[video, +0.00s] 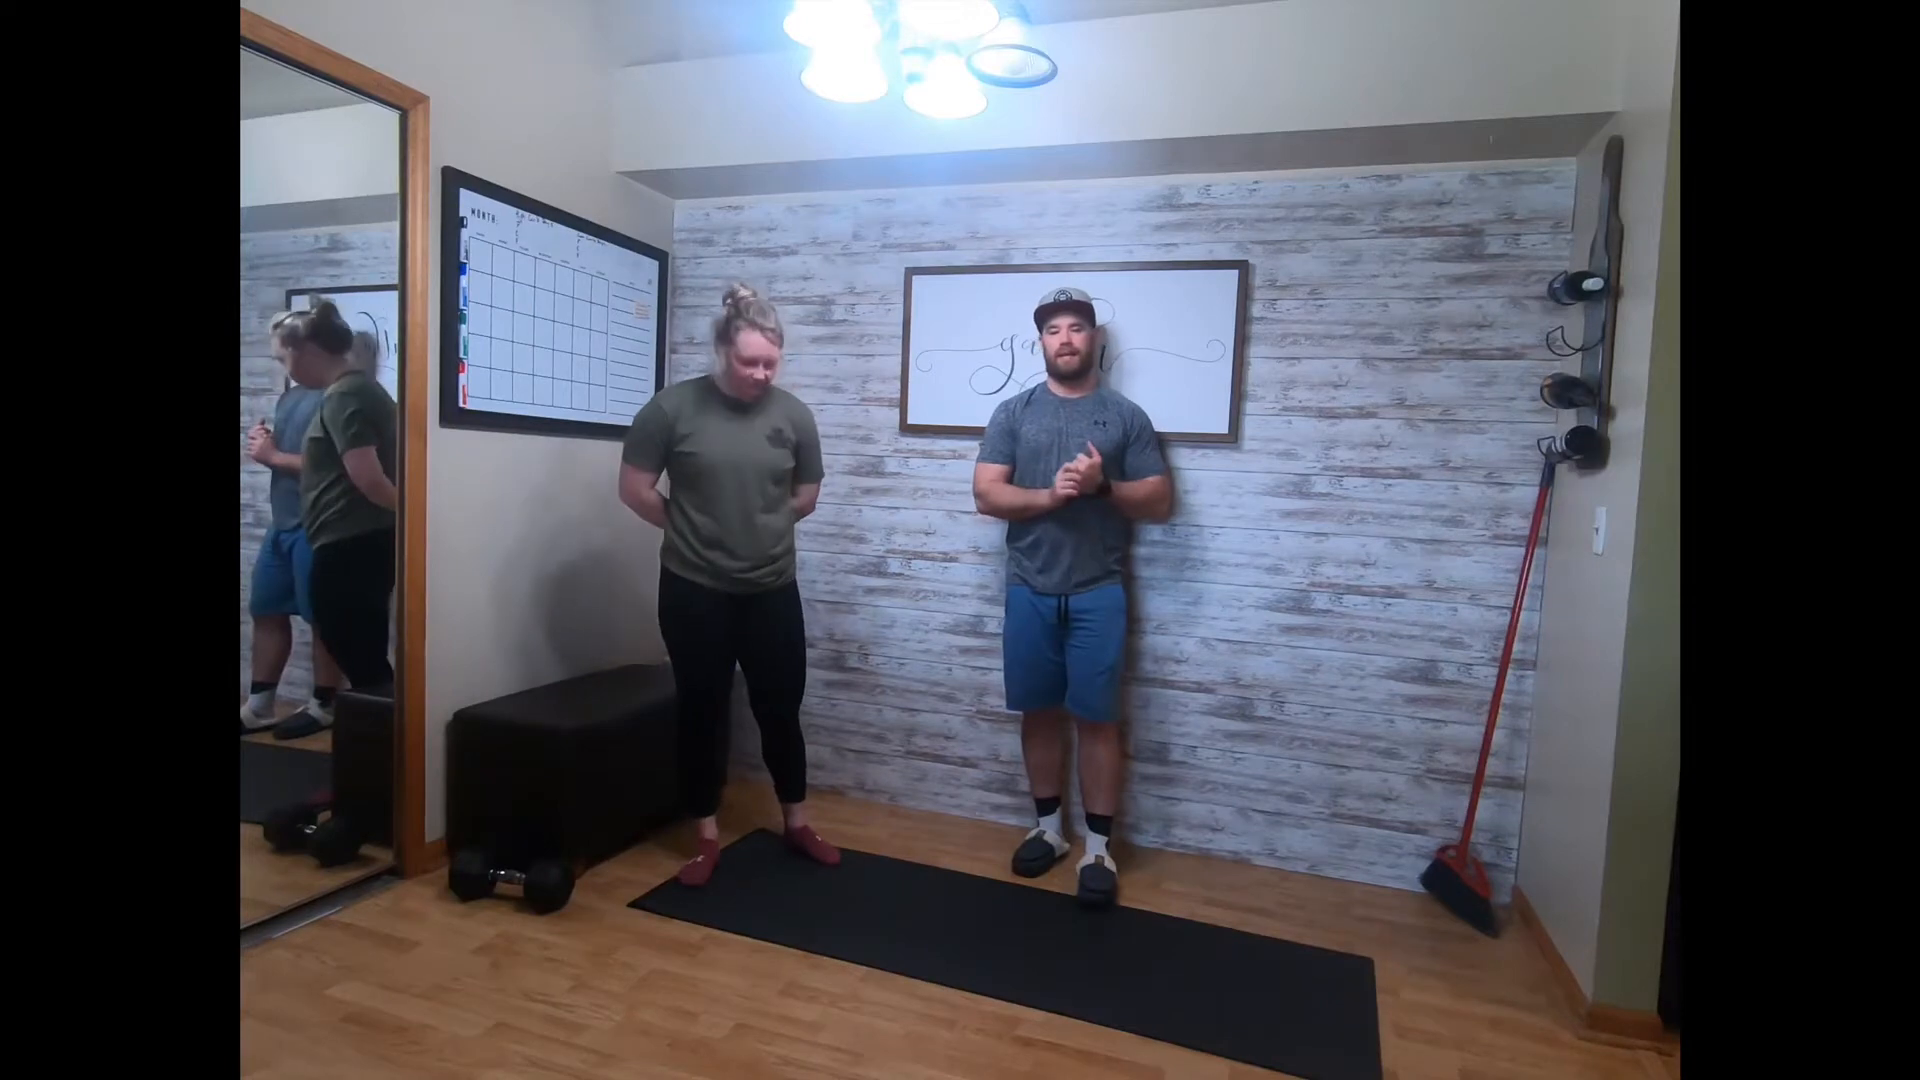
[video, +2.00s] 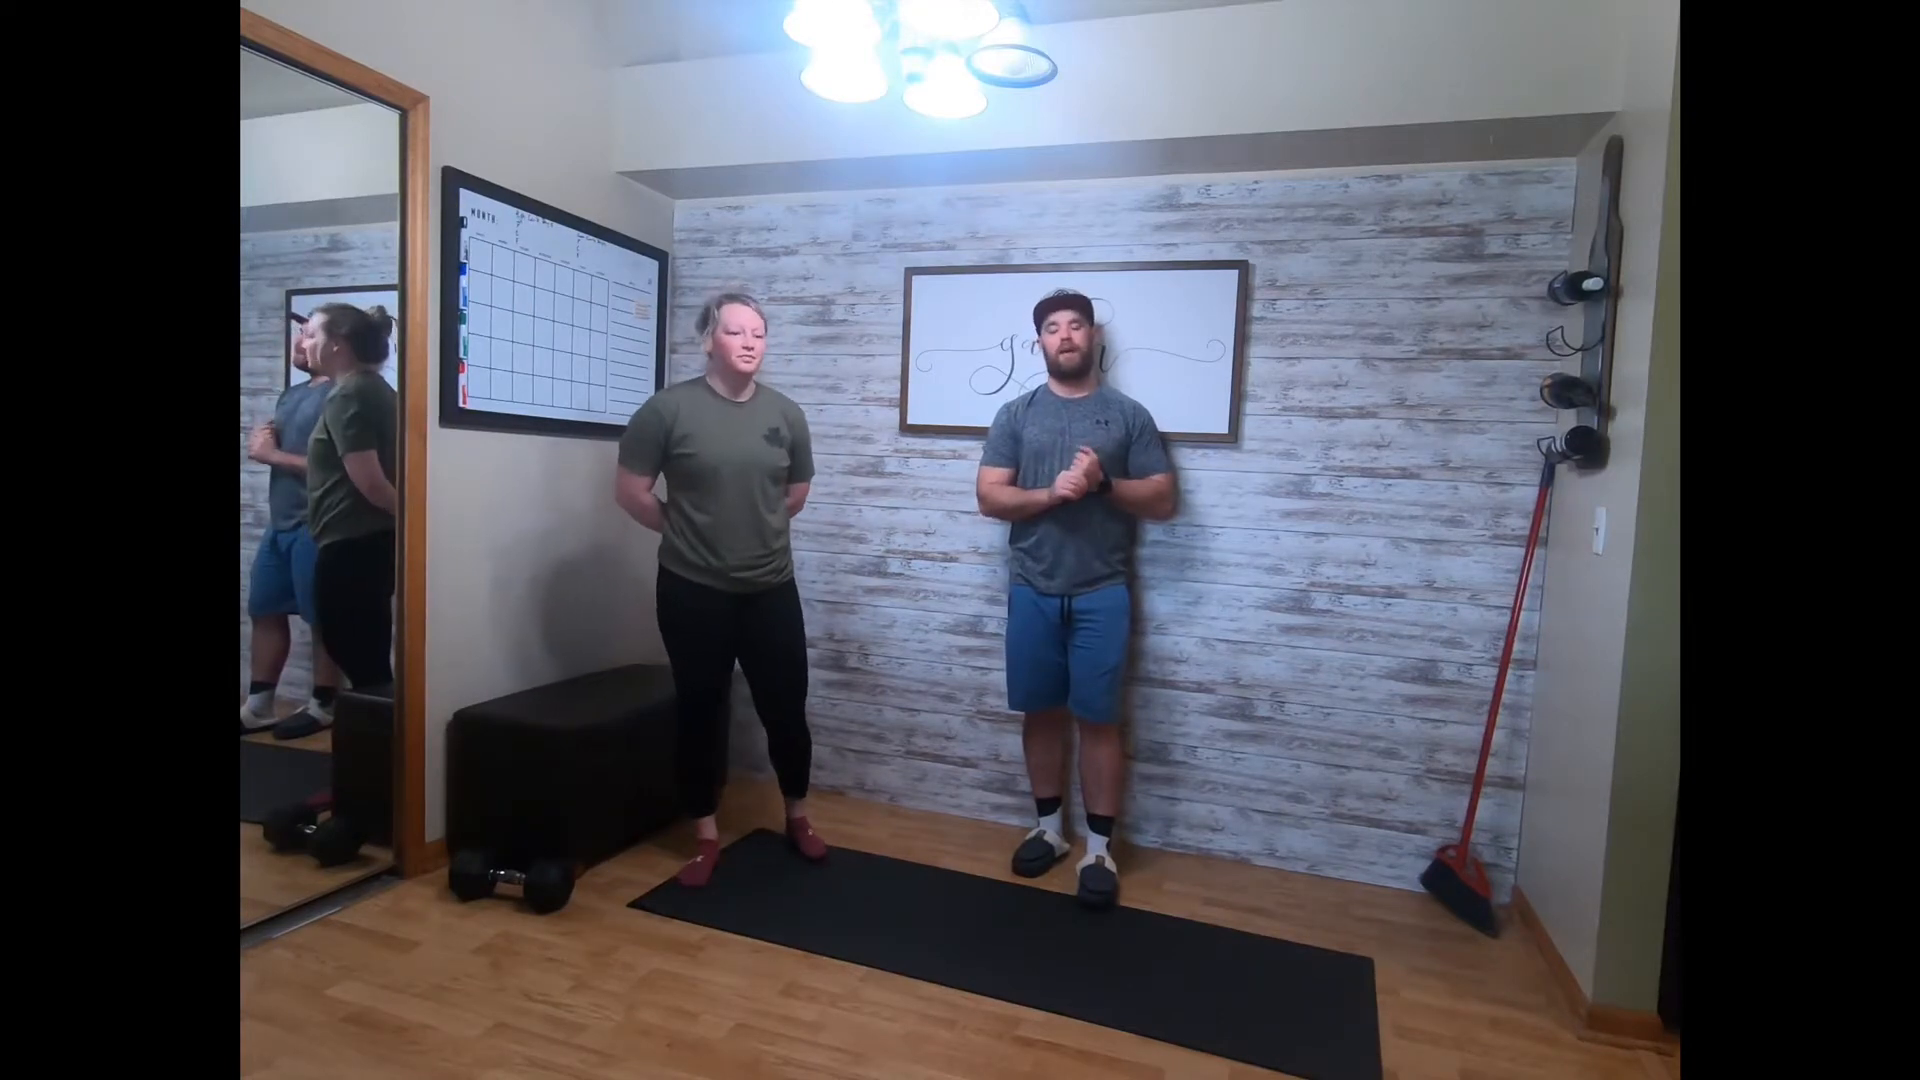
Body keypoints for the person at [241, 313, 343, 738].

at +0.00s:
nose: (281, 365)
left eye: (284, 356)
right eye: (279, 358)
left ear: (304, 349)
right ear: (288, 354)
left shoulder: (330, 397)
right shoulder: (290, 398)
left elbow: (325, 463)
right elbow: (293, 449)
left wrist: (272, 454)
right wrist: (268, 443)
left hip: (316, 526)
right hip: (282, 525)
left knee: (321, 619)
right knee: (267, 610)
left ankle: (324, 706)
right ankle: (260, 703)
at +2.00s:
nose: (300, 340)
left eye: (309, 333)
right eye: (301, 332)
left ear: (331, 343)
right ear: (301, 344)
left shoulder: (340, 395)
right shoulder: (292, 395)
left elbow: (329, 467)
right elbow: (277, 443)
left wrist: (273, 454)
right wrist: (267, 440)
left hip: (316, 526)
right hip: (280, 526)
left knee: (321, 619)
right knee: (266, 611)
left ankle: (324, 706)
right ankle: (259, 704)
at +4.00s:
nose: (294, 339)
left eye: (304, 332)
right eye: (295, 333)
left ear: (326, 342)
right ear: (299, 344)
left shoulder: (343, 392)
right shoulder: (294, 394)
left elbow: (346, 447)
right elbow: (276, 446)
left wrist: (317, 412)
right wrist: (248, 413)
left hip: (317, 523)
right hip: (276, 523)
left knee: (321, 617)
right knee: (260, 608)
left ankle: (324, 706)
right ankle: (259, 704)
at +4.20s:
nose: (300, 344)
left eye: (310, 336)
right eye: (300, 337)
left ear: (334, 344)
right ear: (301, 345)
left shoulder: (347, 394)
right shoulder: (293, 391)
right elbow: (254, 411)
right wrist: (242, 371)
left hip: (319, 527)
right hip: (279, 525)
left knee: (321, 619)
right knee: (261, 609)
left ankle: (325, 706)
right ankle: (259, 703)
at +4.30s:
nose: (298, 342)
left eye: (308, 336)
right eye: (297, 335)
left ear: (331, 344)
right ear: (296, 343)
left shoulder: (347, 391)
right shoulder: (289, 386)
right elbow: (250, 384)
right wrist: (238, 346)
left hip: (322, 528)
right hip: (280, 523)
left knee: (322, 621)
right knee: (264, 609)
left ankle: (324, 705)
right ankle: (259, 703)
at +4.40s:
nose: (296, 340)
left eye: (305, 333)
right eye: (296, 332)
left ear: (329, 341)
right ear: (296, 341)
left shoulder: (340, 385)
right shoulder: (290, 379)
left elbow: (351, 345)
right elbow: (253, 355)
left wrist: (340, 299)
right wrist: (238, 324)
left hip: (322, 522)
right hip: (283, 519)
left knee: (322, 618)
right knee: (264, 609)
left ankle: (324, 705)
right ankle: (259, 702)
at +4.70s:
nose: (291, 340)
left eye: (301, 332)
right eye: (292, 333)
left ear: (327, 340)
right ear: (294, 342)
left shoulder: (338, 386)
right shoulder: (287, 381)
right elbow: (246, 375)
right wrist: (240, 328)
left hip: (318, 524)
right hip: (280, 521)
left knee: (321, 620)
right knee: (262, 609)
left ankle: (324, 705)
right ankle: (259, 703)